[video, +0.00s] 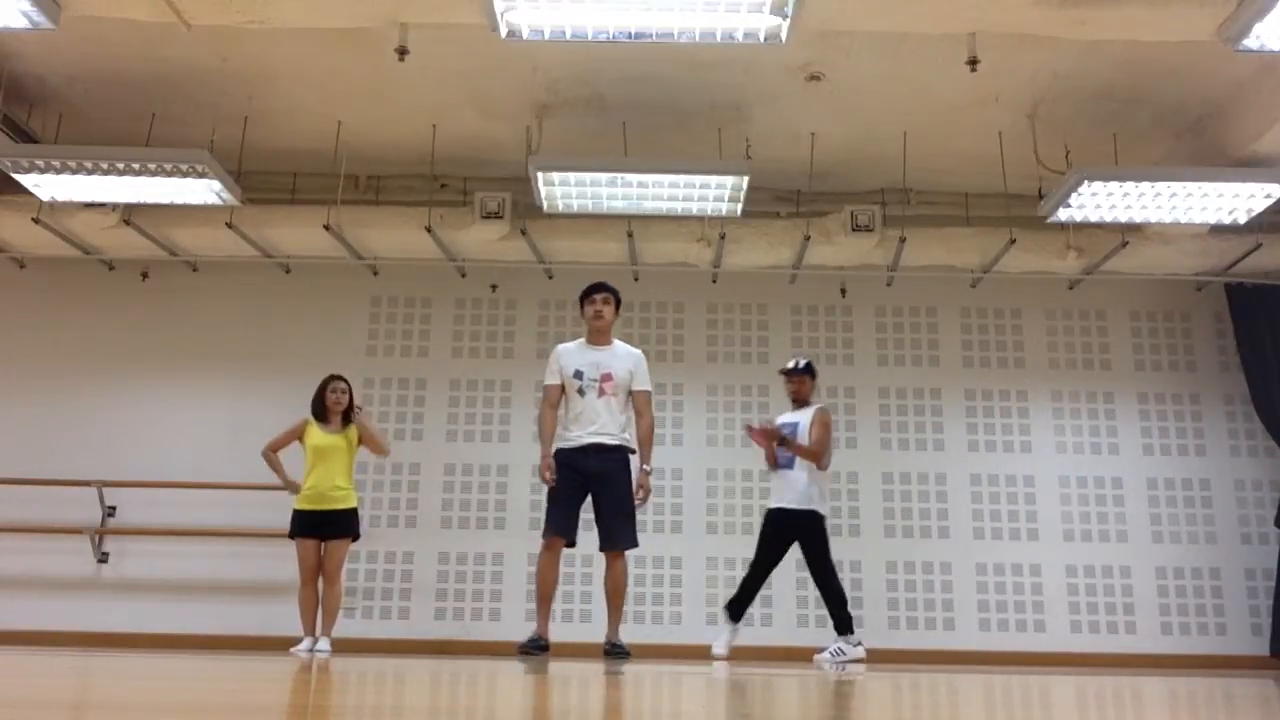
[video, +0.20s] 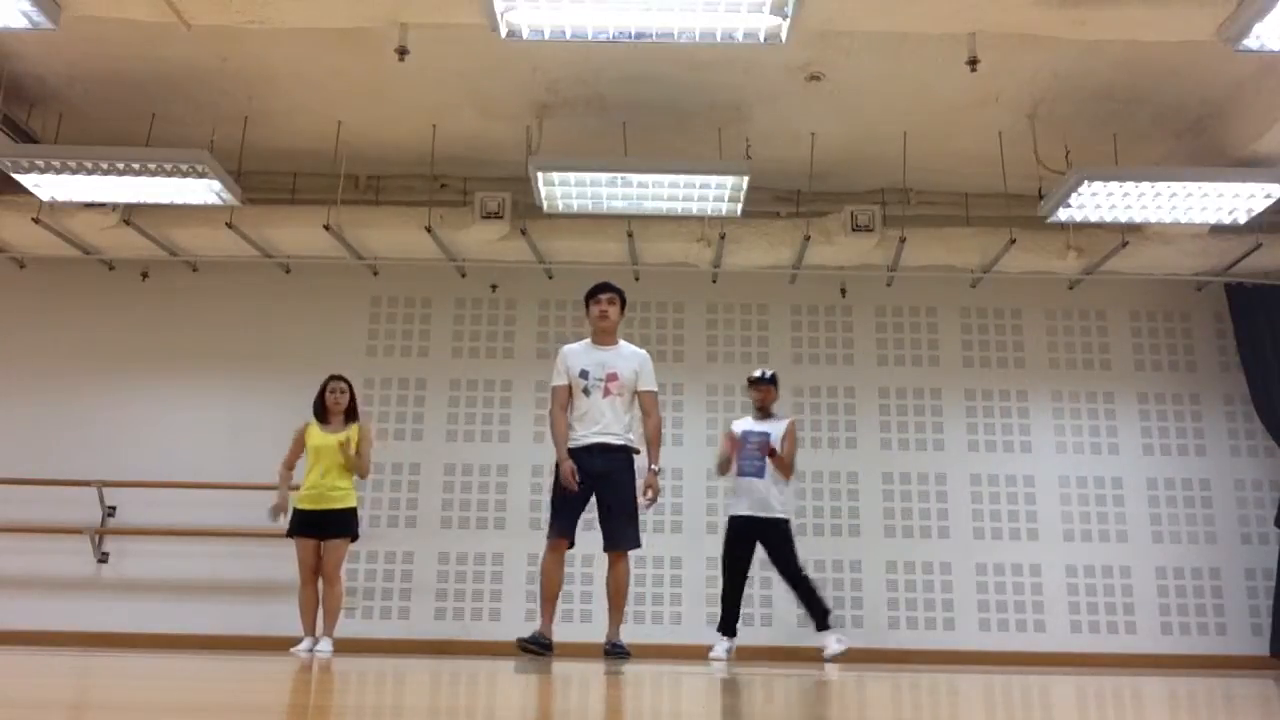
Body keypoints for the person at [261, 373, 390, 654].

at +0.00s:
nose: (338, 396)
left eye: (343, 392)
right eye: (333, 391)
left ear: (349, 398)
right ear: (322, 396)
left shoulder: (354, 428)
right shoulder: (308, 426)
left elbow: (382, 450)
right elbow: (268, 451)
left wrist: (362, 421)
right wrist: (286, 481)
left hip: (341, 506)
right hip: (308, 505)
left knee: (331, 576)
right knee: (308, 576)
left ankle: (325, 637)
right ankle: (308, 636)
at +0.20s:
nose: (337, 396)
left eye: (342, 392)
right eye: (332, 392)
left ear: (350, 397)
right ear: (323, 396)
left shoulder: (359, 429)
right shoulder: (308, 429)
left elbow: (364, 471)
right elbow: (287, 466)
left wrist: (348, 454)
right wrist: (282, 498)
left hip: (340, 505)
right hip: (307, 505)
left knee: (330, 573)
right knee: (308, 573)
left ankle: (327, 637)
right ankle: (309, 636)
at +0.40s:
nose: (336, 396)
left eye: (342, 391)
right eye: (332, 391)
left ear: (350, 397)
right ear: (323, 396)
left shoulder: (360, 428)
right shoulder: (308, 431)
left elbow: (370, 466)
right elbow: (297, 471)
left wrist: (338, 474)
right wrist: (299, 503)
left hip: (341, 509)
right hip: (309, 509)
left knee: (334, 574)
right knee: (308, 575)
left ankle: (328, 637)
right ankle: (309, 636)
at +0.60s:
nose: (336, 396)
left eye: (341, 392)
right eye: (331, 392)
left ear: (350, 397)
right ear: (323, 397)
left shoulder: (360, 429)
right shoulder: (309, 431)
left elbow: (356, 468)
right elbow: (296, 471)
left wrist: (344, 504)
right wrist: (299, 507)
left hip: (340, 508)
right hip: (310, 509)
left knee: (334, 576)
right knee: (309, 576)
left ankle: (328, 637)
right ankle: (309, 636)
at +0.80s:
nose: (337, 396)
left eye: (342, 392)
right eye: (332, 392)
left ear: (351, 398)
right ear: (324, 397)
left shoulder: (362, 430)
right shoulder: (310, 433)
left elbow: (374, 470)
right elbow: (301, 475)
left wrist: (365, 503)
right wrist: (290, 509)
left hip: (343, 508)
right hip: (309, 508)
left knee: (335, 577)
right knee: (310, 577)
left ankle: (328, 637)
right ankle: (310, 636)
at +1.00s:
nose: (337, 397)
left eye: (343, 393)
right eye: (333, 393)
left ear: (353, 399)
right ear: (325, 398)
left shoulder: (363, 431)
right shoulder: (311, 433)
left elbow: (373, 473)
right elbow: (298, 475)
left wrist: (377, 510)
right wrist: (286, 509)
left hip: (344, 509)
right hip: (310, 508)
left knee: (334, 576)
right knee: (310, 577)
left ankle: (328, 637)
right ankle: (311, 636)